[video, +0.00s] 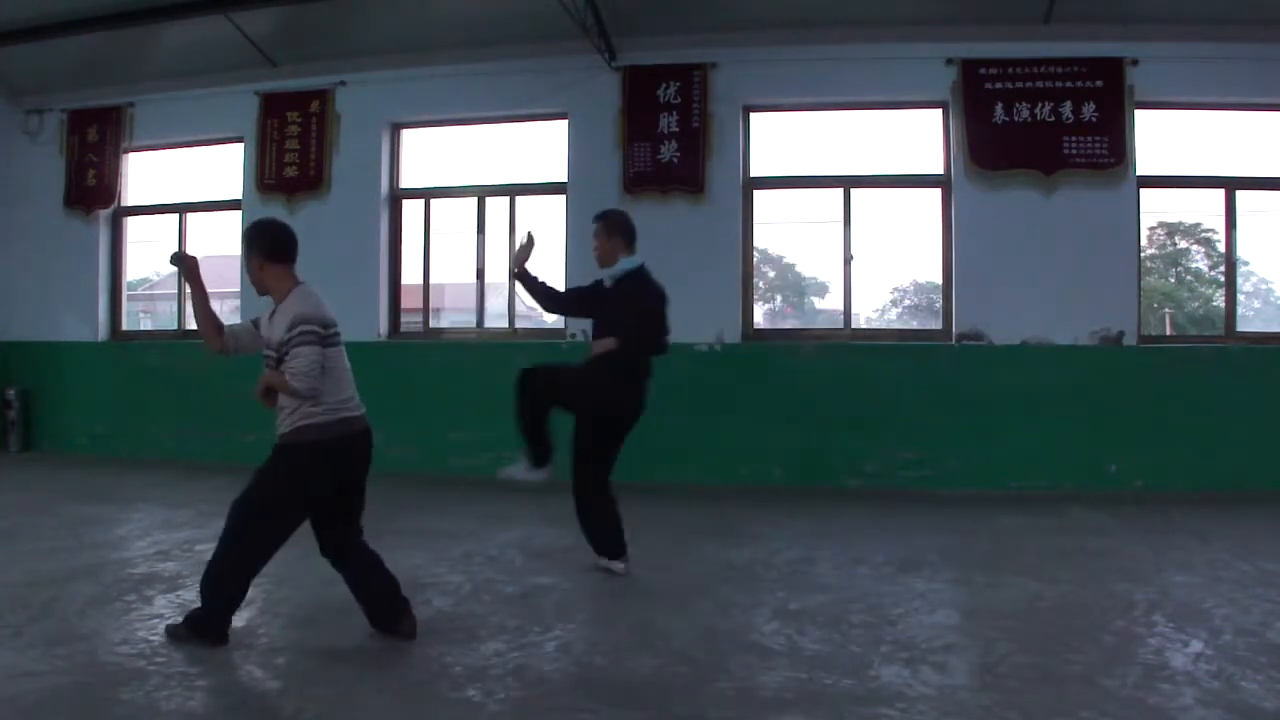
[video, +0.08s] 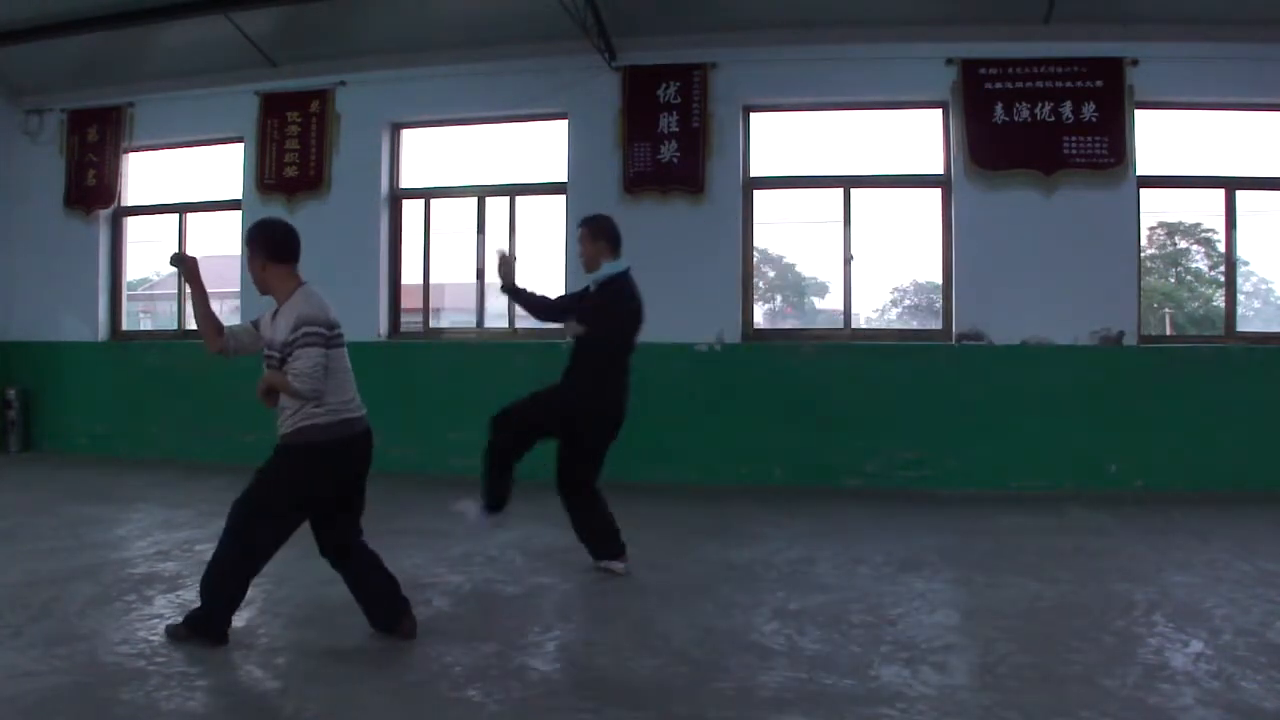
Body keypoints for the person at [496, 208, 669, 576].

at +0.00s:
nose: (593, 246)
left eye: (598, 238)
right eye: (594, 239)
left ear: (617, 241)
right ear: (614, 243)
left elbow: (656, 342)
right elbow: (557, 303)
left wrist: (619, 343)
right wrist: (521, 271)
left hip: (620, 389)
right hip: (601, 387)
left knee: (534, 380)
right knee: (590, 474)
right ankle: (613, 555)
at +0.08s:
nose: (579, 252)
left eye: (584, 244)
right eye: (579, 245)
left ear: (602, 246)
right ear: (606, 247)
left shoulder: (617, 293)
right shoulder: (601, 291)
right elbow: (550, 310)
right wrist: (510, 286)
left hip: (594, 403)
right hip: (581, 396)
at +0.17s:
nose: (569, 254)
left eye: (572, 246)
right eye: (569, 246)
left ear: (588, 247)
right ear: (597, 248)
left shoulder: (597, 295)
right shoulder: (607, 293)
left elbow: (558, 330)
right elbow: (587, 339)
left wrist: (513, 305)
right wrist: (559, 317)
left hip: (564, 405)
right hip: (589, 407)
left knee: (500, 453)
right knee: (570, 484)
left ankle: (462, 528)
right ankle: (611, 555)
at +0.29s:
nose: (531, 258)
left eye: (536, 252)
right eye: (532, 251)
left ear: (551, 254)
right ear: (560, 255)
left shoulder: (548, 299)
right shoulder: (576, 300)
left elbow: (494, 300)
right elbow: (558, 346)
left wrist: (452, 279)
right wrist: (518, 345)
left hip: (533, 414)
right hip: (564, 415)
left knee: (485, 483)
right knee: (558, 497)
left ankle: (432, 555)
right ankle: (607, 556)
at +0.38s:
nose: (494, 265)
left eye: (497, 258)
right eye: (495, 258)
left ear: (510, 260)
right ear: (526, 260)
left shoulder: (517, 304)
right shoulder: (534, 301)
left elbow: (475, 338)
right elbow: (507, 341)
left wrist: (441, 325)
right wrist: (482, 319)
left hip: (515, 420)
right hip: (542, 419)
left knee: (462, 482)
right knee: (536, 500)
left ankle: (424, 556)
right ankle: (586, 546)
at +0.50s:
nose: (473, 278)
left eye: (476, 270)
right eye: (474, 270)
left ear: (488, 270)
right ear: (504, 269)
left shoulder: (508, 314)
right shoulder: (513, 310)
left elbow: (494, 359)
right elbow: (444, 333)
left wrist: (467, 355)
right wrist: (422, 306)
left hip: (512, 428)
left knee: (453, 485)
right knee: (515, 503)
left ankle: (423, 557)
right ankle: (563, 556)